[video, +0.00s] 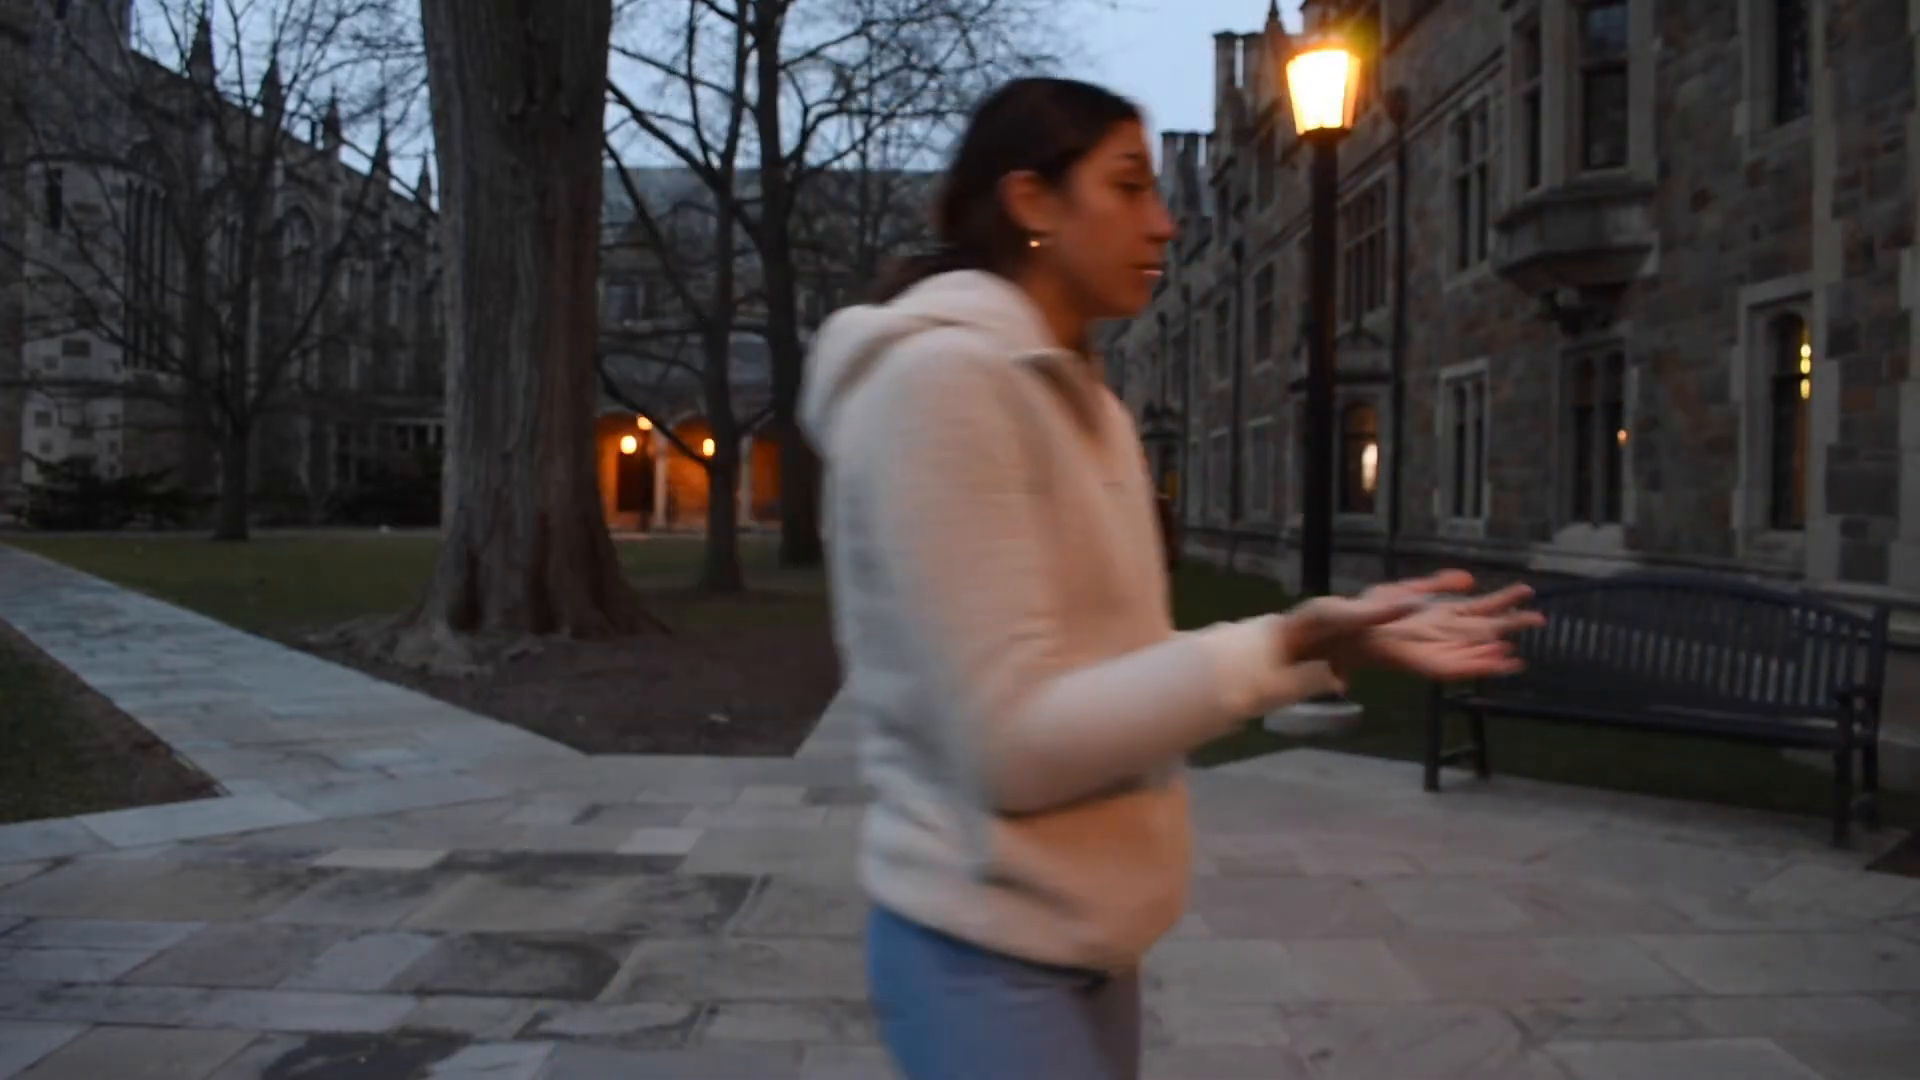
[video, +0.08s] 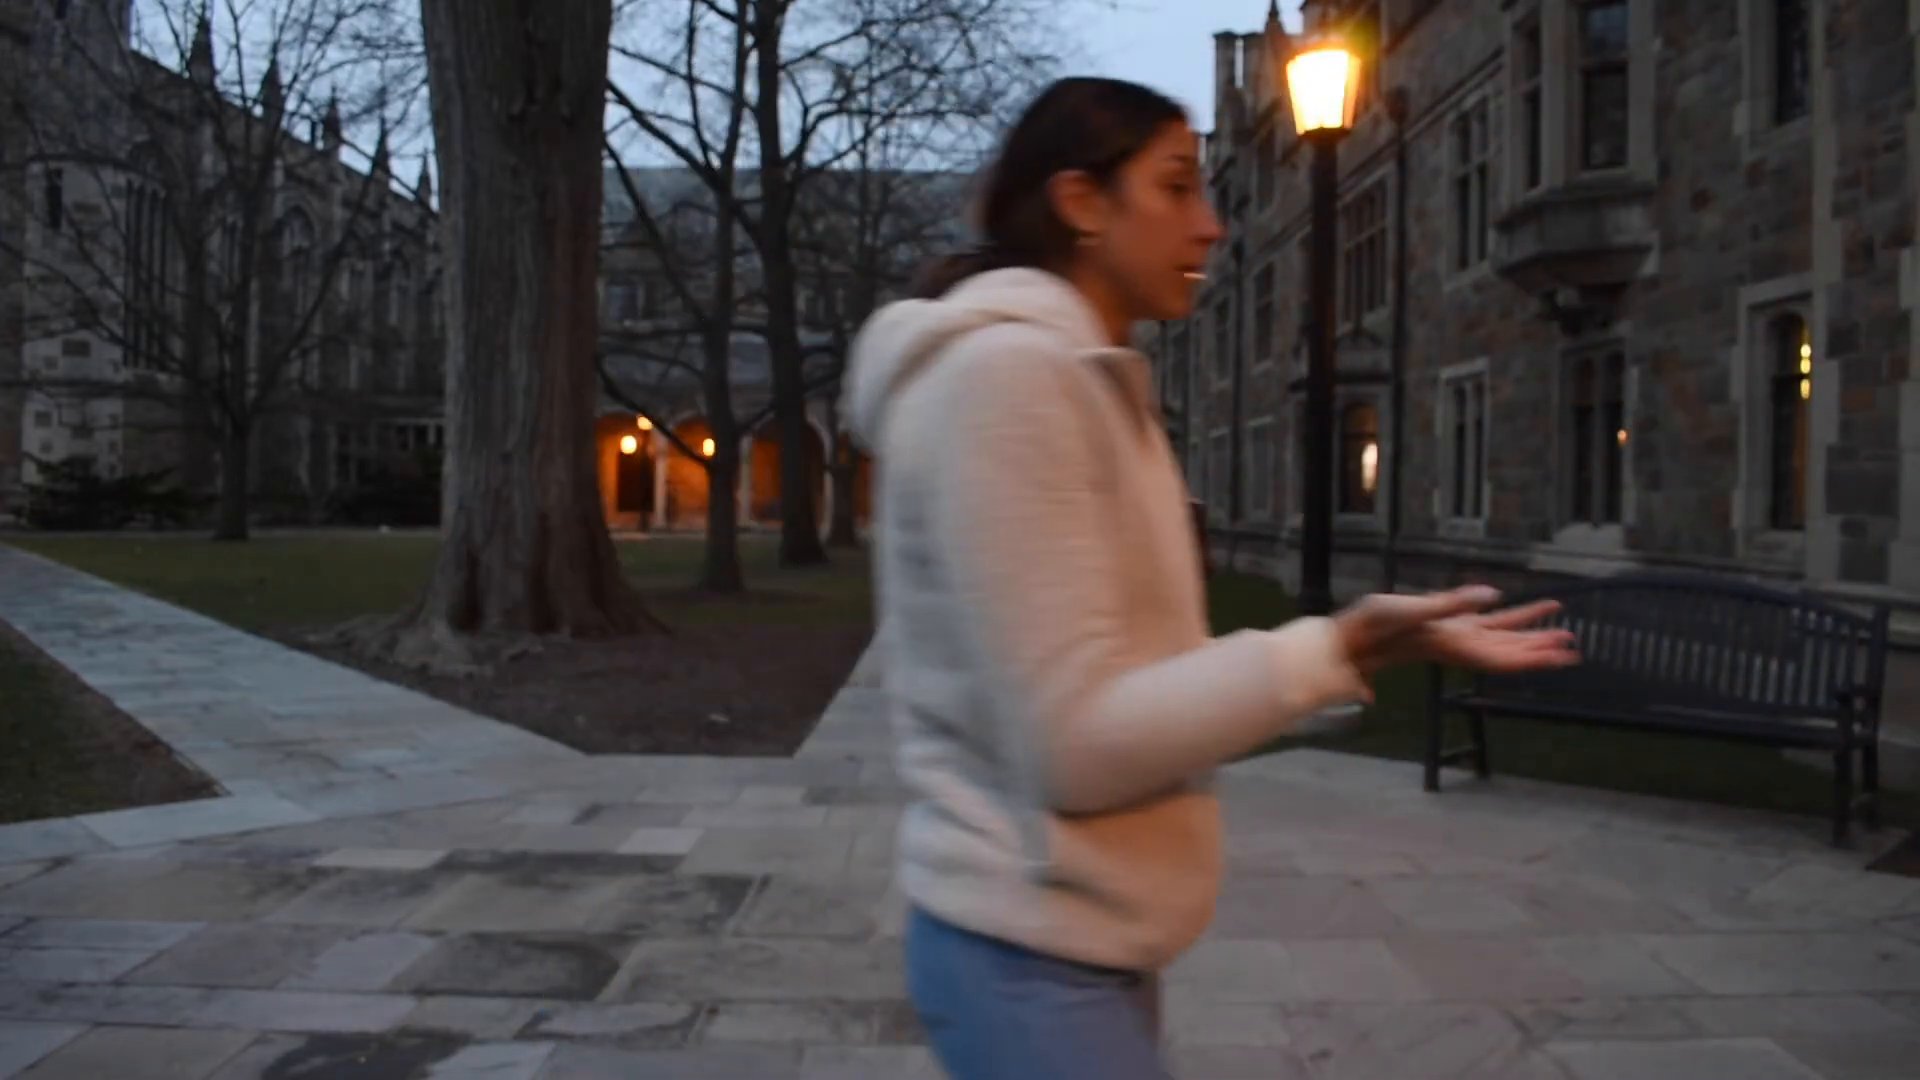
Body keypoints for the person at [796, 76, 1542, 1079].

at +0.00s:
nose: (1165, 224)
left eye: (1156, 191)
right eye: (1130, 187)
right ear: (1031, 204)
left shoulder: (1070, 392)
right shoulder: (941, 381)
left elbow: (1095, 684)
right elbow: (1010, 743)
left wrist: (1337, 645)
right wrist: (1292, 643)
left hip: (1076, 950)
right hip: (982, 963)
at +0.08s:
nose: (1213, 227)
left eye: (1204, 192)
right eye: (1178, 187)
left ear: (1092, 209)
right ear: (1080, 202)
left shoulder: (1070, 373)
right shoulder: (1007, 374)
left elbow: (1101, 703)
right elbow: (1073, 743)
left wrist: (1348, 650)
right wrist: (1340, 650)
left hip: (1077, 952)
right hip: (1027, 964)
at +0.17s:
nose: (1259, 230)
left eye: (1252, 195)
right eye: (1228, 189)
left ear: (1141, 210)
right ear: (1131, 202)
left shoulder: (1100, 368)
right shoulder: (1069, 372)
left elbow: (1155, 702)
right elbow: (1135, 745)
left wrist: (1400, 649)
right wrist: (1397, 650)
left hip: (1089, 954)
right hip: (1068, 965)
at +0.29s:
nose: (1338, 234)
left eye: (1332, 200)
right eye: (1311, 194)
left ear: (1221, 208)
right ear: (1213, 204)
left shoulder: (1167, 368)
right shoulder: (1165, 375)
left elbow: (1258, 686)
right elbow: (1235, 755)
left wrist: (1494, 658)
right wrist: (1493, 659)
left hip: (1150, 964)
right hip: (1152, 976)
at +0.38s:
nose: (1395, 239)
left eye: (1387, 201)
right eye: (1366, 197)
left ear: (1277, 210)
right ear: (1268, 206)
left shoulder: (1223, 373)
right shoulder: (1233, 385)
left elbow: (1322, 687)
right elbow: (1307, 772)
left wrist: (1562, 662)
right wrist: (1556, 668)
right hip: (1220, 988)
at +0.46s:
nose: (1454, 230)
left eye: (1447, 191)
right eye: (1428, 189)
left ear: (1336, 206)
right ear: (1328, 204)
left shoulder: (1285, 379)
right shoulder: (1306, 390)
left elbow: (1408, 682)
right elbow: (1392, 777)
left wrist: (1641, 655)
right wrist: (1634, 667)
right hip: (1300, 984)